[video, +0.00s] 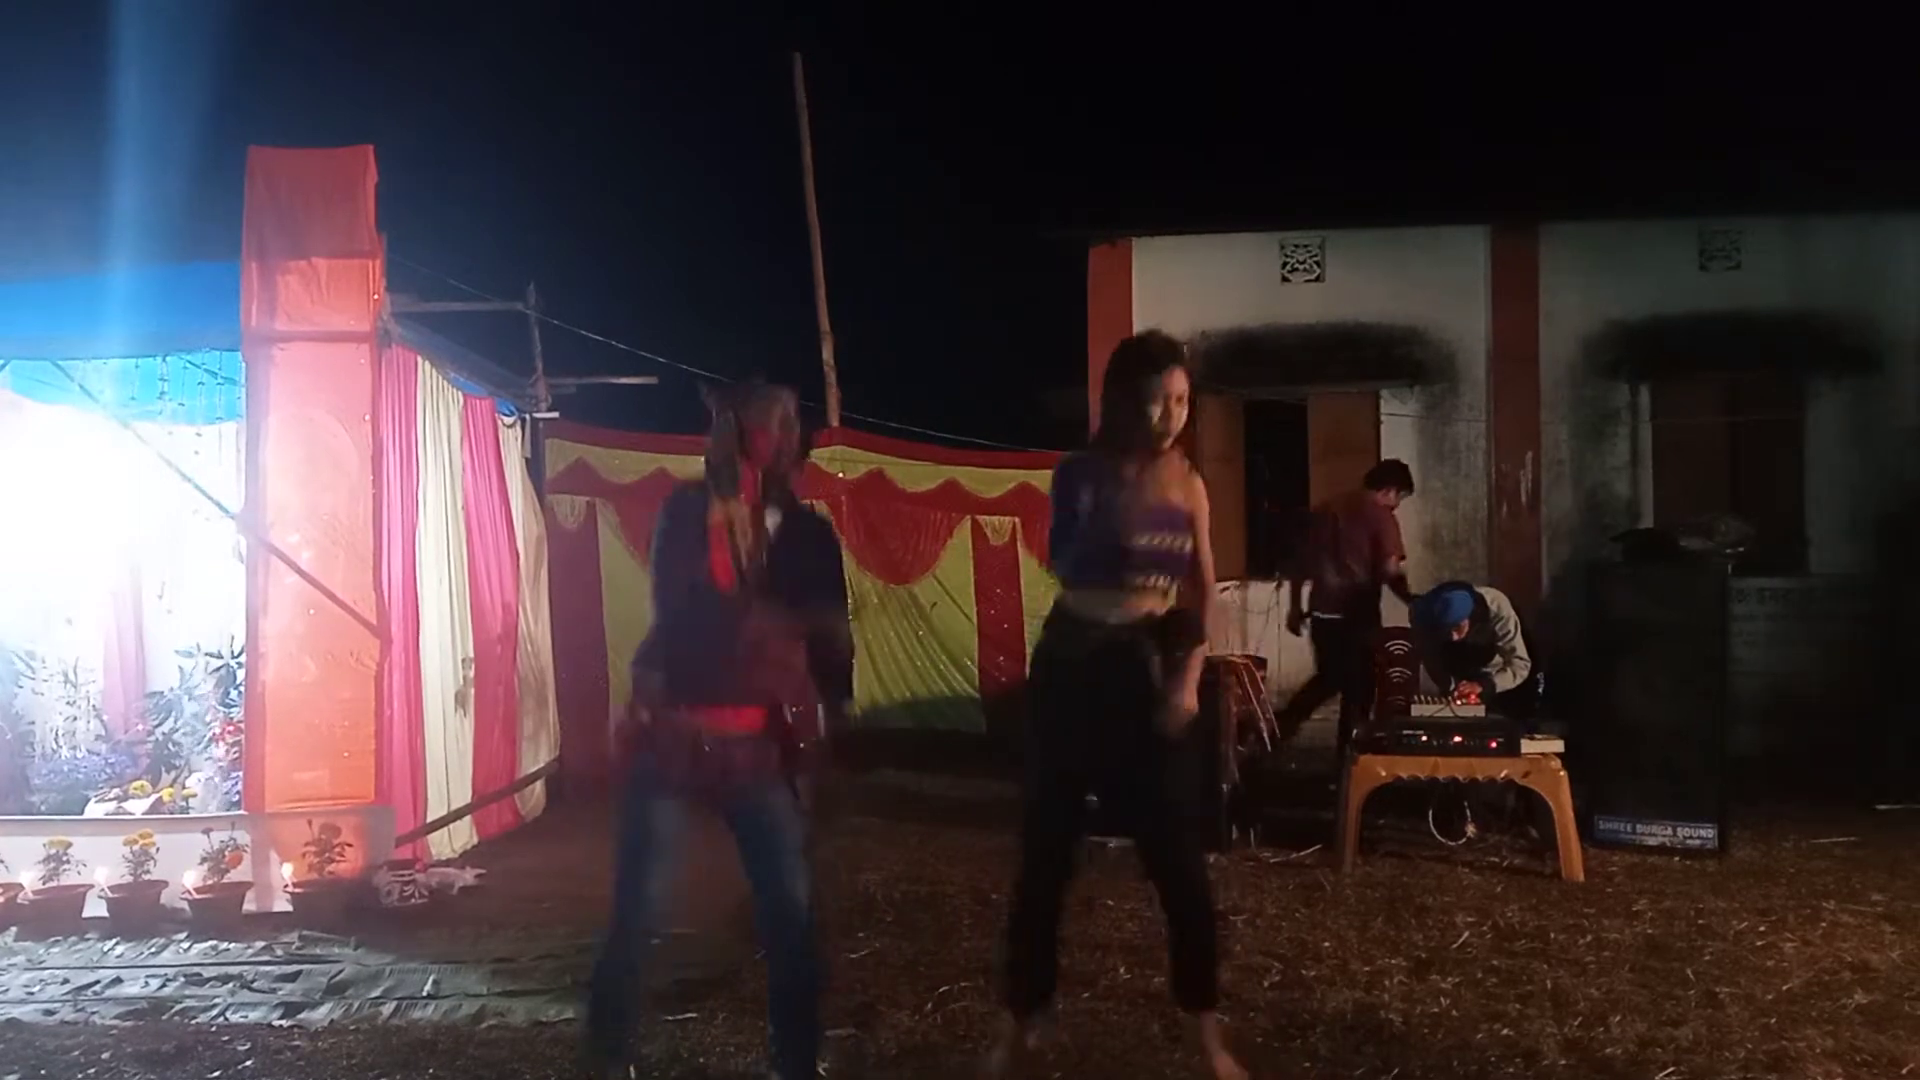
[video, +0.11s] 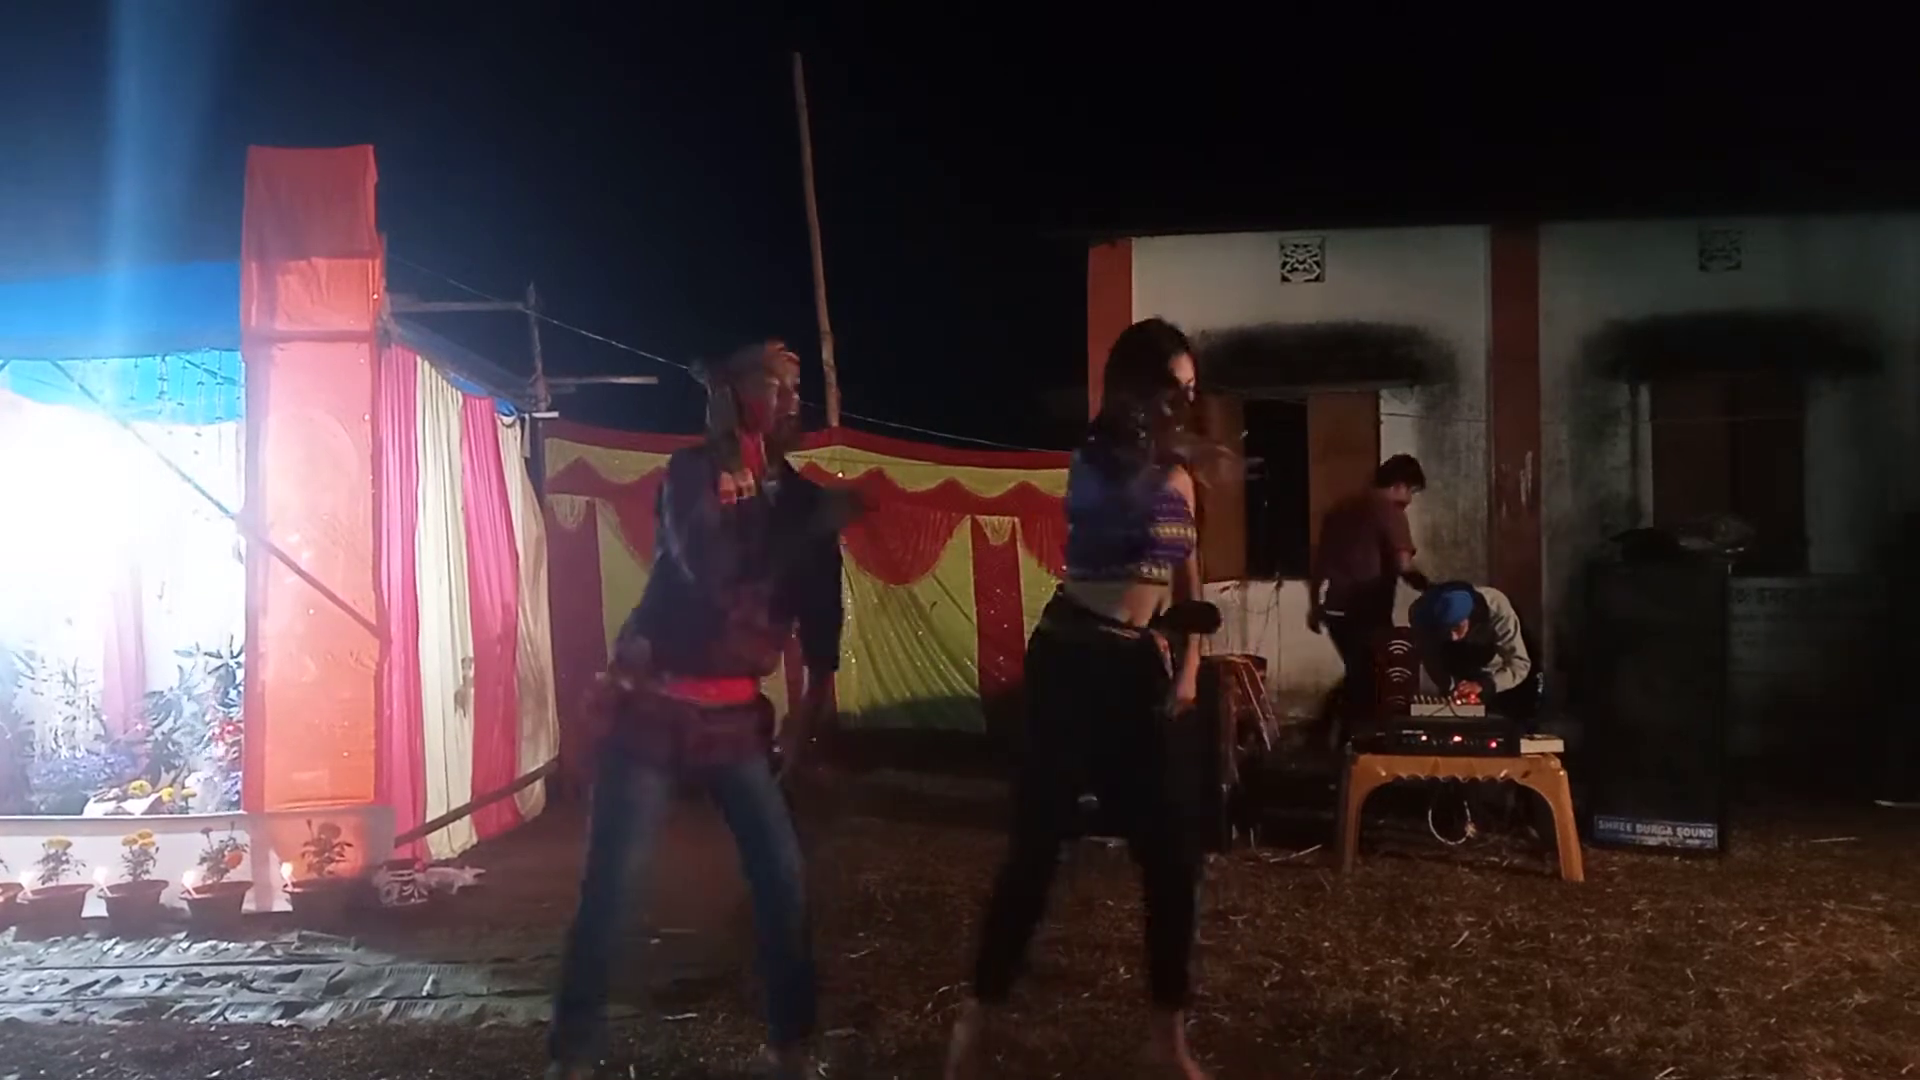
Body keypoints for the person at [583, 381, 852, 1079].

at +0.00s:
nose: (780, 438)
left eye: (788, 425)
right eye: (767, 423)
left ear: (796, 439)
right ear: (733, 432)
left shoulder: (810, 534)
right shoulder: (685, 511)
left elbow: (834, 645)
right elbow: (677, 609)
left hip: (760, 746)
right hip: (671, 740)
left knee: (790, 910)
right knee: (640, 909)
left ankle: (796, 1062)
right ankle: (607, 1056)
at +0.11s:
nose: (789, 399)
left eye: (794, 389)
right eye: (774, 385)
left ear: (794, 405)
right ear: (732, 393)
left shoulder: (808, 499)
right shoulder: (691, 471)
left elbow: (823, 603)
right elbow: (706, 567)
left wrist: (818, 696)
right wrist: (815, 517)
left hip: (735, 716)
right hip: (650, 709)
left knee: (782, 878)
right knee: (613, 888)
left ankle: (793, 1047)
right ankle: (574, 1052)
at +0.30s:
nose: (762, 457)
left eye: (769, 443)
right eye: (743, 441)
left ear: (779, 457)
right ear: (699, 451)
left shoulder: (774, 553)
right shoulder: (685, 539)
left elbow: (780, 670)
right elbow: (665, 659)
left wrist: (783, 782)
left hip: (705, 774)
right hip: (624, 768)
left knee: (769, 928)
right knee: (587, 945)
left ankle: (765, 1066)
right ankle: (540, 1068)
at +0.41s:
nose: (772, 454)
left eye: (772, 440)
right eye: (752, 441)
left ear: (773, 454)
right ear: (711, 454)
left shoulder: (777, 557)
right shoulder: (683, 521)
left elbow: (789, 696)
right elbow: (710, 601)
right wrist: (801, 632)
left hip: (676, 761)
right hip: (597, 755)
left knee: (754, 926)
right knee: (574, 940)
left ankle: (762, 1068)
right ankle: (532, 1069)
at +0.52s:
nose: (762, 429)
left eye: (767, 415)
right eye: (741, 416)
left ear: (778, 433)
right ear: (695, 432)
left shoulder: (781, 531)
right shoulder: (675, 496)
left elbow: (808, 642)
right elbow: (704, 564)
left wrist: (809, 735)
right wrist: (836, 560)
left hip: (684, 739)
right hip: (597, 732)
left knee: (756, 899)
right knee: (569, 915)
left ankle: (766, 1063)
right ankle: (528, 1067)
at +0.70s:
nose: (748, 472)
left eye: (755, 457)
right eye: (731, 458)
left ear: (765, 470)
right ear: (692, 472)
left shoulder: (784, 564)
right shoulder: (652, 565)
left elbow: (811, 685)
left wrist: (819, 784)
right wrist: (780, 638)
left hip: (713, 787)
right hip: (628, 780)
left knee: (777, 946)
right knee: (602, 951)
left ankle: (792, 1066)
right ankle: (542, 1067)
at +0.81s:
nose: (755, 465)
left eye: (763, 452)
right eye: (738, 450)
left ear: (772, 465)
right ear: (699, 466)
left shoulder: (799, 551)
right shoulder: (652, 565)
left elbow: (818, 660)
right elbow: (634, 668)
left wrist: (796, 751)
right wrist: (714, 678)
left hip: (762, 776)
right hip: (667, 774)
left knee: (801, 933)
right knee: (628, 936)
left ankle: (800, 1066)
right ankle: (558, 1066)